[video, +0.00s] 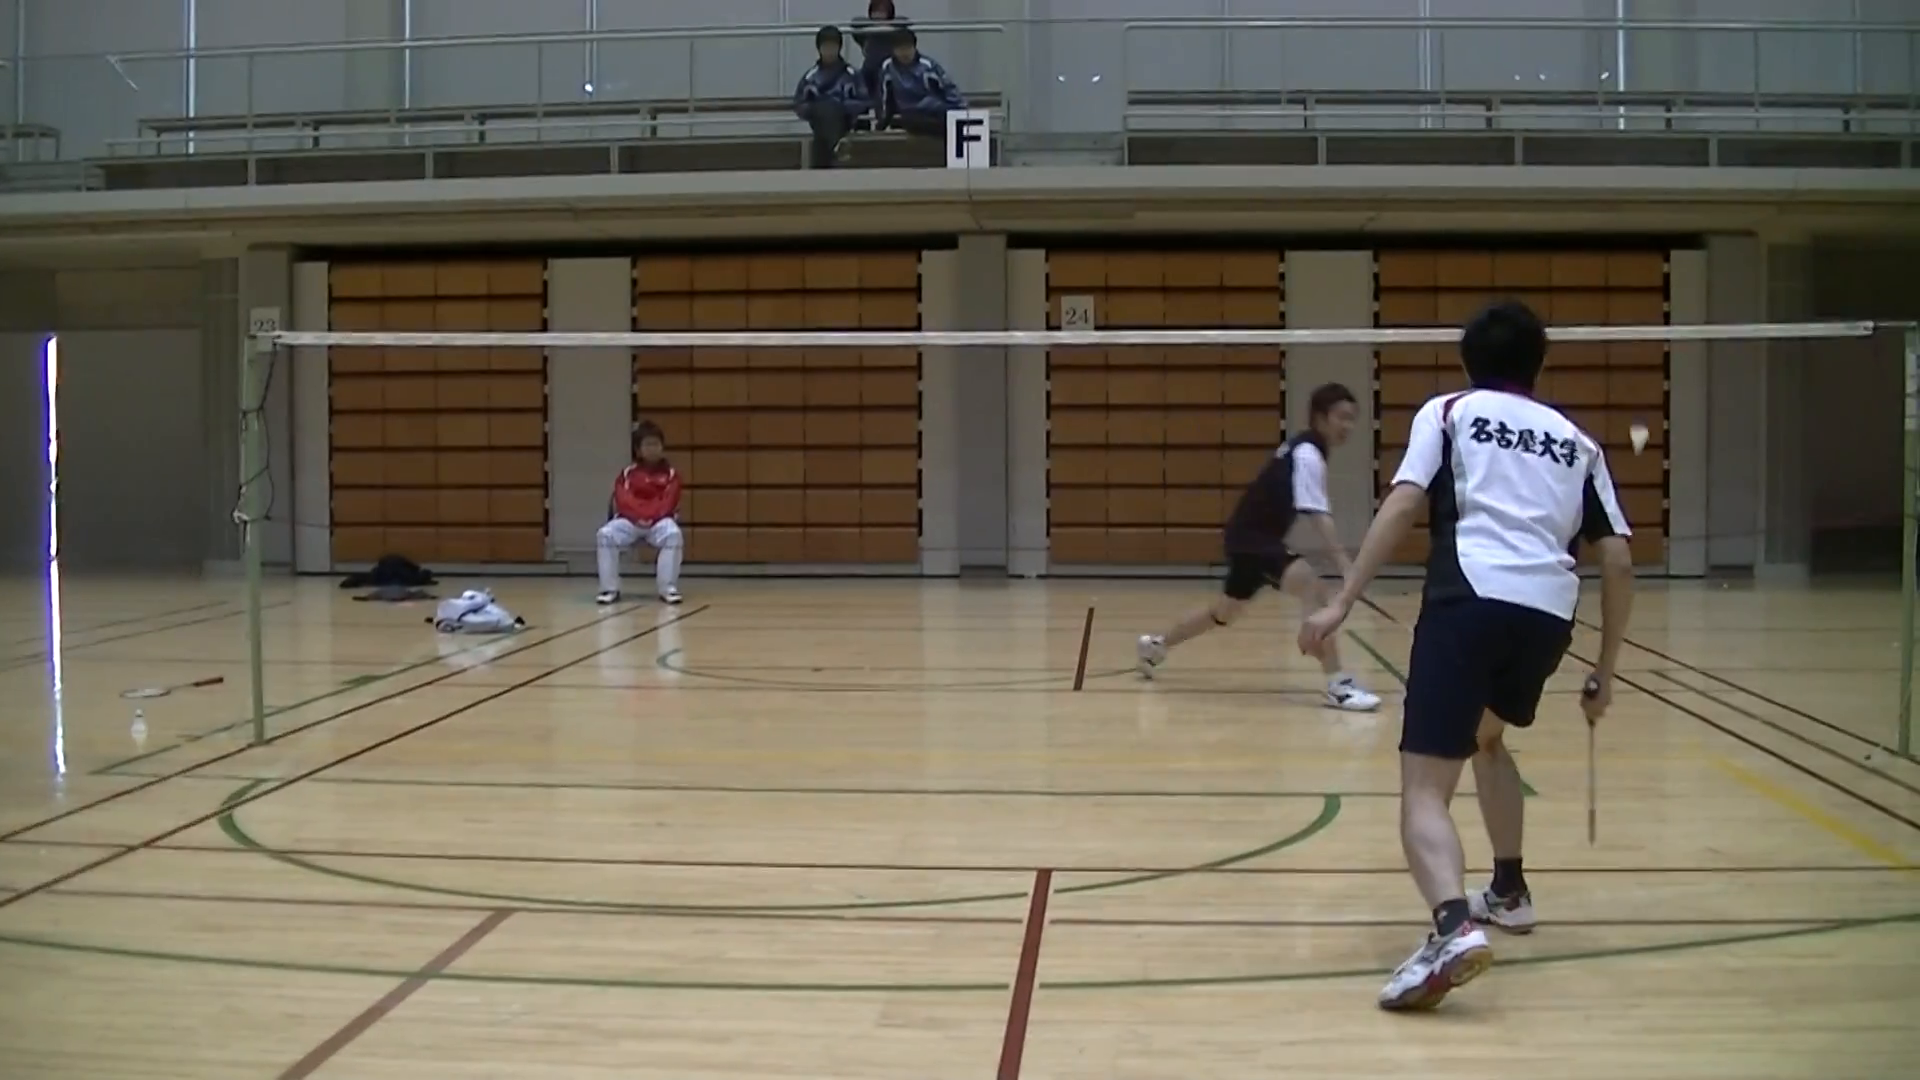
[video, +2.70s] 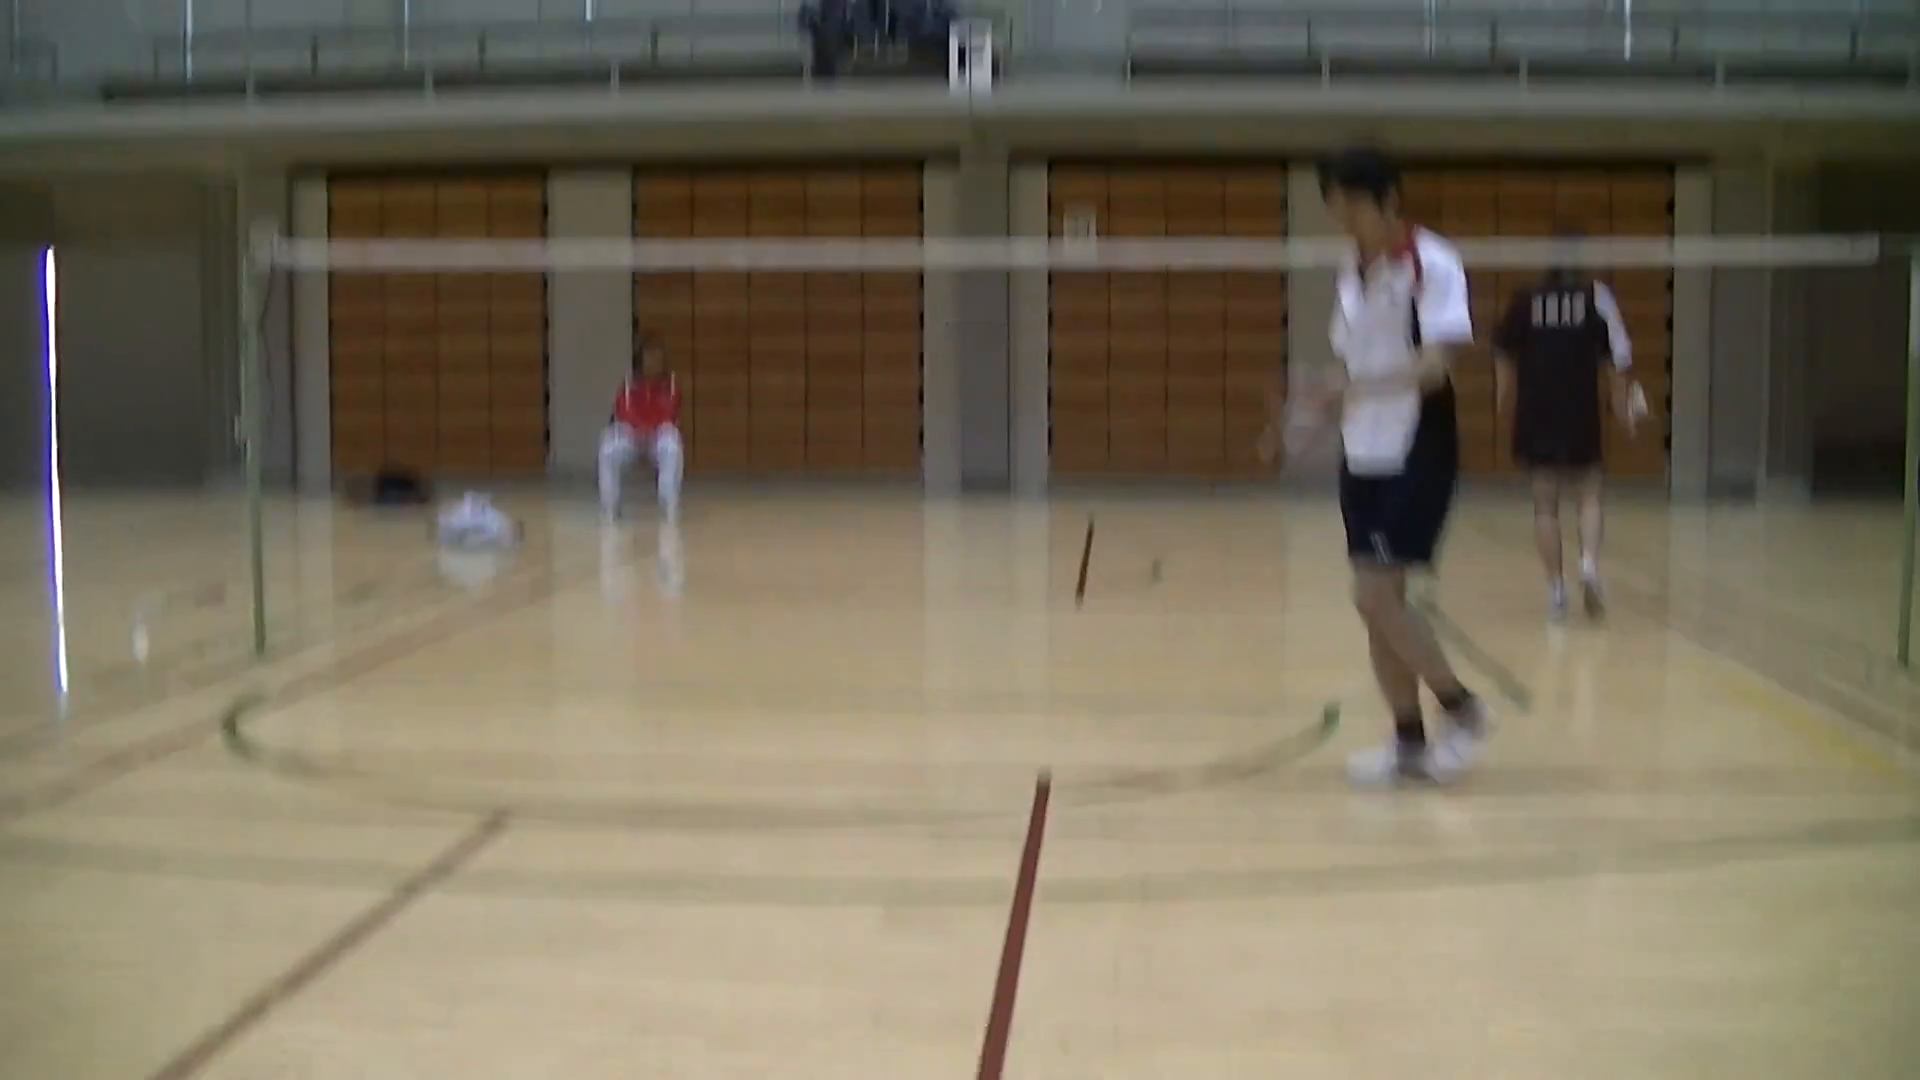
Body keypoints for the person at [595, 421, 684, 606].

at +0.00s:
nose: (653, 449)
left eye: (656, 444)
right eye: (648, 445)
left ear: (662, 447)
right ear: (638, 450)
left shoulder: (670, 474)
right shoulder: (628, 473)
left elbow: (669, 503)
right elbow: (623, 501)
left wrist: (652, 518)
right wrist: (638, 516)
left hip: (659, 520)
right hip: (630, 520)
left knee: (673, 536)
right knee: (606, 535)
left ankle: (668, 587)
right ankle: (609, 589)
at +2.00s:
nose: (656, 449)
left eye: (660, 444)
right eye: (651, 445)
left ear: (666, 447)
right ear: (642, 449)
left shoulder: (674, 474)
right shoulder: (631, 472)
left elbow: (672, 503)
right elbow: (626, 499)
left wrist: (655, 517)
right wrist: (641, 516)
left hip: (662, 520)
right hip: (634, 519)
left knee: (677, 535)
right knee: (609, 535)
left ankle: (671, 587)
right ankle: (613, 589)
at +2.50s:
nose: (656, 441)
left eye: (660, 436)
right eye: (651, 437)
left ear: (666, 439)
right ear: (642, 442)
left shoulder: (674, 466)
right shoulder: (630, 465)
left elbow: (672, 494)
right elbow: (626, 492)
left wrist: (657, 510)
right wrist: (641, 508)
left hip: (661, 513)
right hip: (633, 512)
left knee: (677, 527)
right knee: (609, 528)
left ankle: (671, 580)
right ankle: (613, 582)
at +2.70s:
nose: (652, 364)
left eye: (656, 358)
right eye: (648, 358)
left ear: (662, 361)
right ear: (641, 361)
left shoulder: (669, 384)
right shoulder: (630, 383)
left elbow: (671, 415)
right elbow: (623, 414)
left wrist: (655, 430)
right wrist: (638, 430)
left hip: (659, 429)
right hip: (631, 428)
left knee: (671, 449)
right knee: (610, 449)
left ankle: (669, 505)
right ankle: (609, 507)